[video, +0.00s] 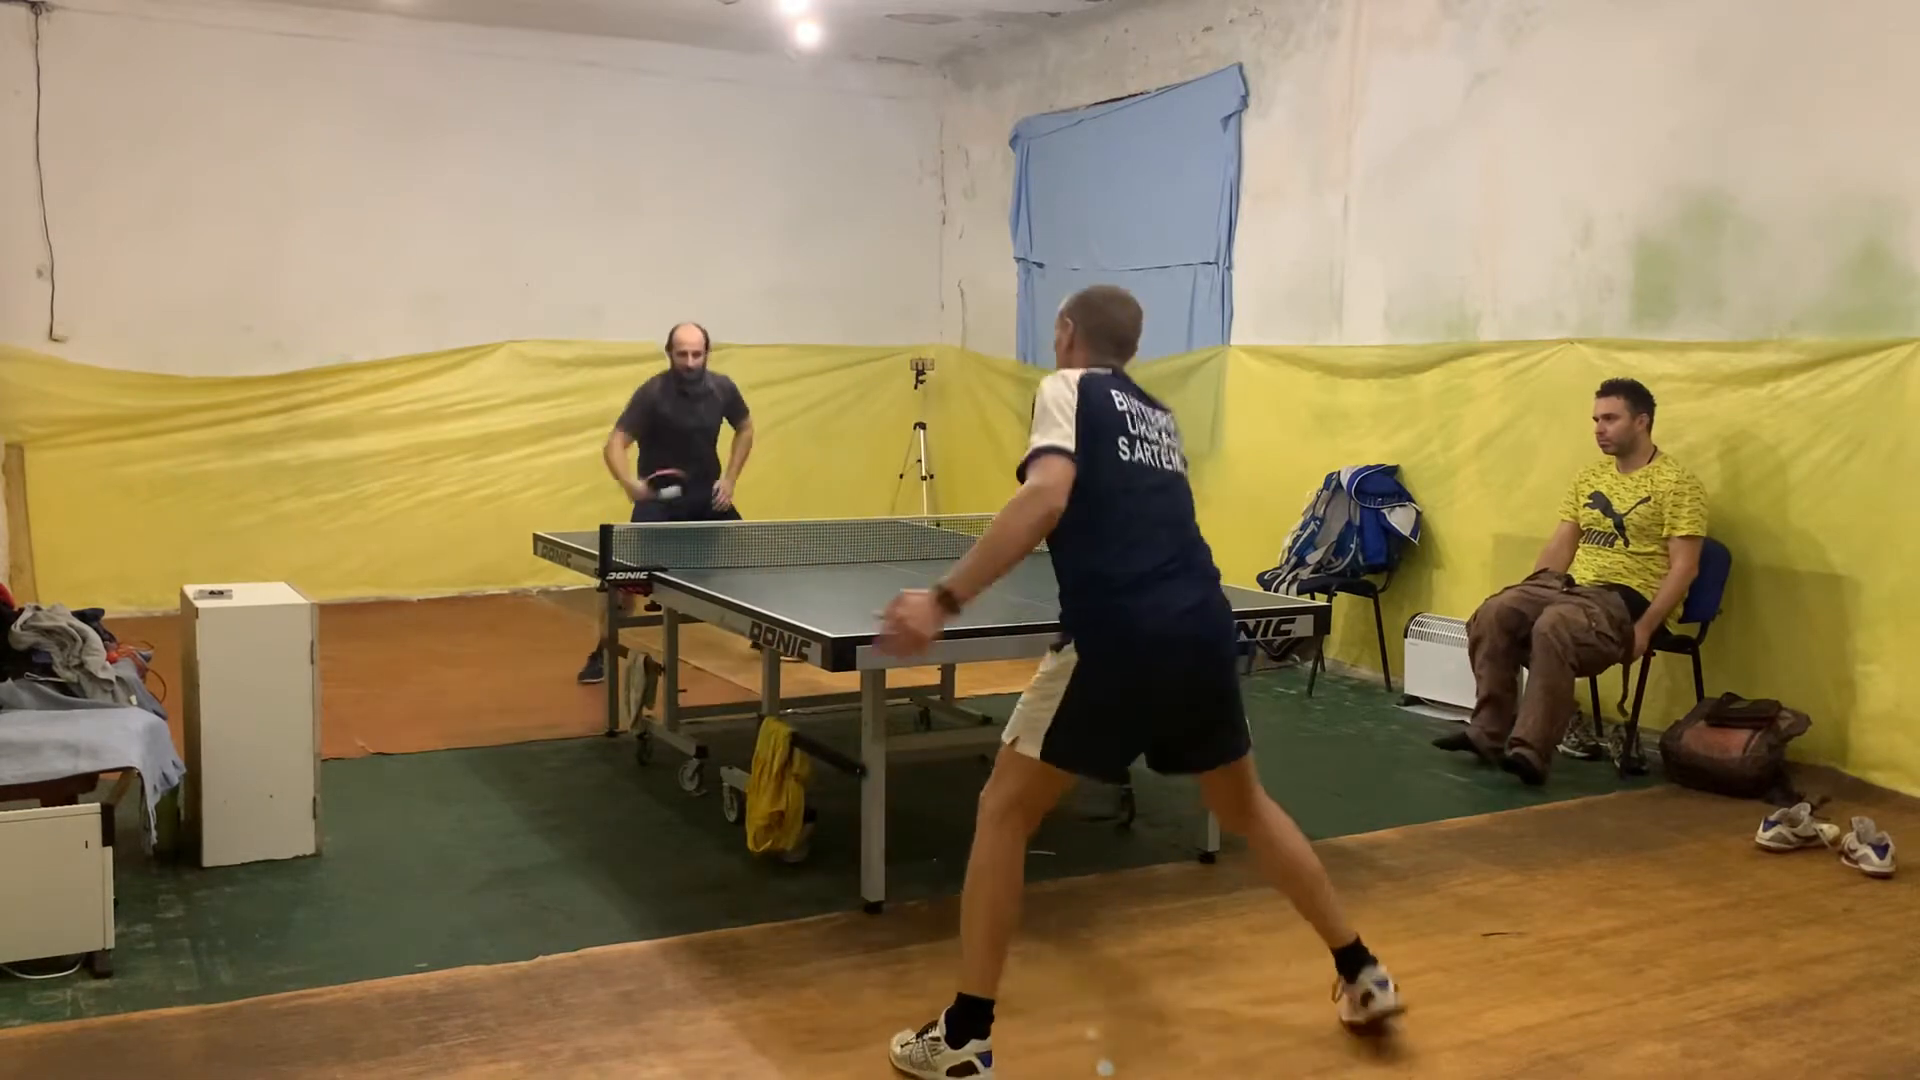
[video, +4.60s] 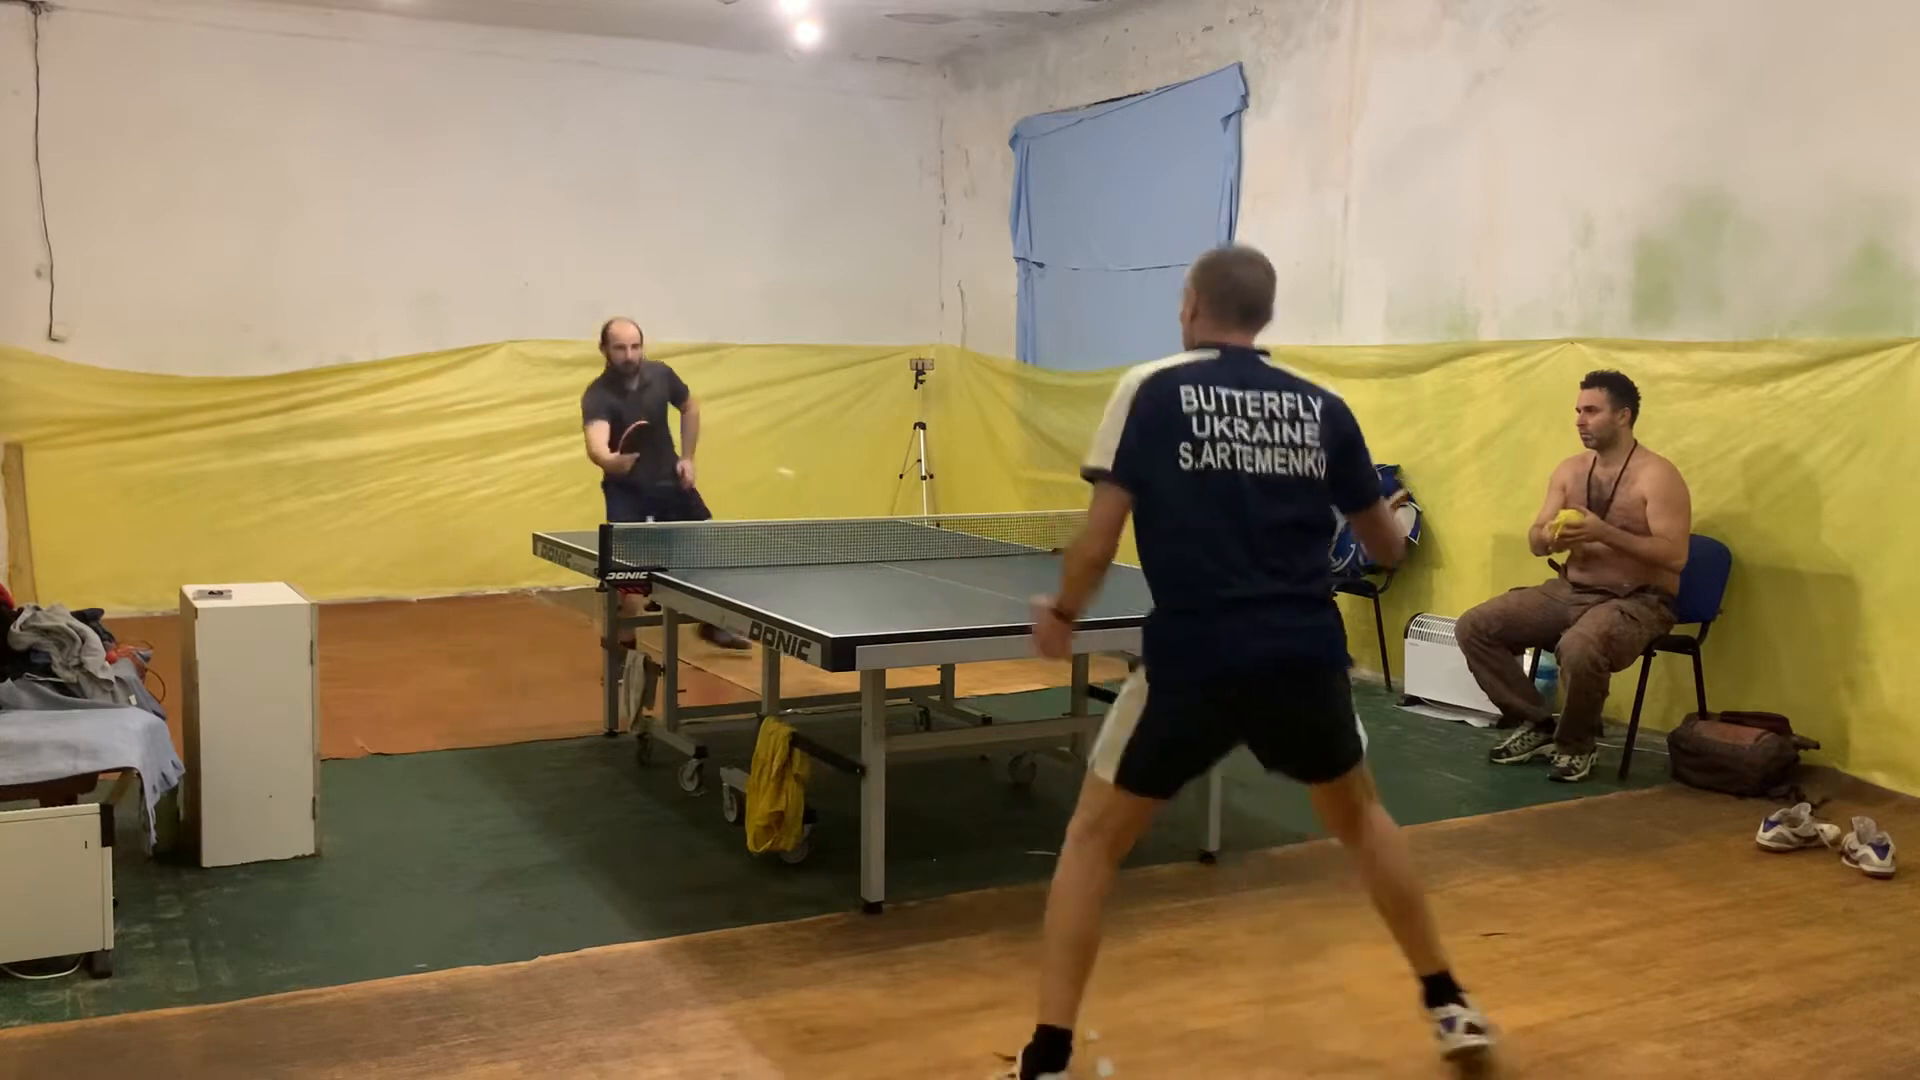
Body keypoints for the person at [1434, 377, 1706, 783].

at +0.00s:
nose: (1599, 429)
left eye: (1609, 419)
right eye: (1596, 420)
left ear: (1642, 421)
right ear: (1594, 422)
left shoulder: (1677, 482)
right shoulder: (1591, 476)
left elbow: (1684, 568)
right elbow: (1561, 545)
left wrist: (1644, 628)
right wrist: (1534, 593)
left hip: (1631, 596)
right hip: (1573, 588)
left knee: (1554, 626)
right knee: (1494, 615)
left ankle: (1531, 751)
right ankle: (1488, 734)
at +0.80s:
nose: (1583, 432)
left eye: (1593, 422)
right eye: (1579, 422)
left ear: (1626, 420)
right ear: (1576, 422)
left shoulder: (1663, 481)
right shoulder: (1577, 476)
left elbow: (1685, 561)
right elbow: (1554, 543)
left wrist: (1644, 622)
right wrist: (1532, 592)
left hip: (1631, 597)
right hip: (1570, 590)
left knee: (1555, 623)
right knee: (1489, 617)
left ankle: (1544, 749)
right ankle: (1493, 734)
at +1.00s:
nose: (1592, 412)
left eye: (1605, 404)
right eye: (1589, 403)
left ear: (1635, 411)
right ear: (1584, 408)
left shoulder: (1655, 472)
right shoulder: (1573, 462)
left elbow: (1639, 548)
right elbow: (1513, 492)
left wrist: (1557, 526)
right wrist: (1534, 449)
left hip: (1637, 601)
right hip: (1572, 593)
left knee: (1580, 651)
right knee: (1474, 630)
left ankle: (1577, 746)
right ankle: (1535, 722)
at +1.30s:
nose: (1587, 413)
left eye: (1599, 404)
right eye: (1585, 404)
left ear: (1632, 412)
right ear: (1582, 408)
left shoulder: (1656, 473)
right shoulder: (1569, 465)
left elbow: (1650, 550)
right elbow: (1531, 526)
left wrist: (1581, 516)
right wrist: (1497, 482)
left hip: (1637, 601)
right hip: (1571, 594)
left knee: (1579, 650)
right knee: (1474, 629)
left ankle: (1577, 745)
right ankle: (1535, 722)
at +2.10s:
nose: (1577, 416)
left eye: (1588, 406)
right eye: (1577, 407)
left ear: (1622, 412)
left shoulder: (1654, 472)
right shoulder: (1571, 468)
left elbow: (1649, 549)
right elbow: (1556, 546)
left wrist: (1580, 517)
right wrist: (1529, 529)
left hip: (1639, 601)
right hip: (1574, 595)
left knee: (1579, 649)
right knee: (1475, 629)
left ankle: (1577, 746)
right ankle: (1535, 723)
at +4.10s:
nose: (1579, 420)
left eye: (1590, 411)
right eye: (1577, 411)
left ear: (1623, 415)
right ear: (1576, 414)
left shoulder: (1657, 475)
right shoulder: (1569, 471)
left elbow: (1674, 555)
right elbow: (1537, 543)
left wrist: (1603, 533)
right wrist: (1544, 536)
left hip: (1638, 599)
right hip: (1572, 591)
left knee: (1579, 649)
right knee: (1475, 628)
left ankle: (1576, 746)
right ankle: (1535, 722)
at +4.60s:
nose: (1579, 420)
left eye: (1591, 410)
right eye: (1578, 411)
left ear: (1624, 416)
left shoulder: (1659, 476)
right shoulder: (1570, 470)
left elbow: (1674, 555)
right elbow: (1537, 543)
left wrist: (1603, 532)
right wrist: (1552, 532)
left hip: (1639, 599)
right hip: (1572, 591)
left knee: (1579, 649)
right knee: (1475, 628)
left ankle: (1577, 745)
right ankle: (1535, 721)